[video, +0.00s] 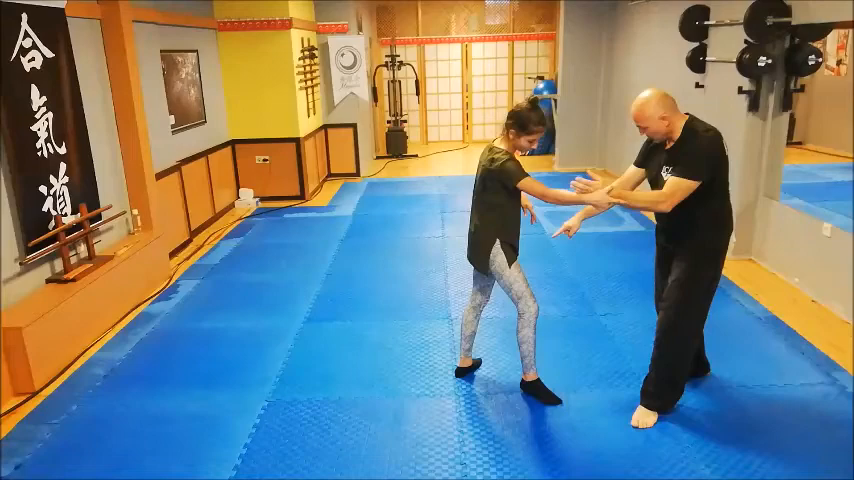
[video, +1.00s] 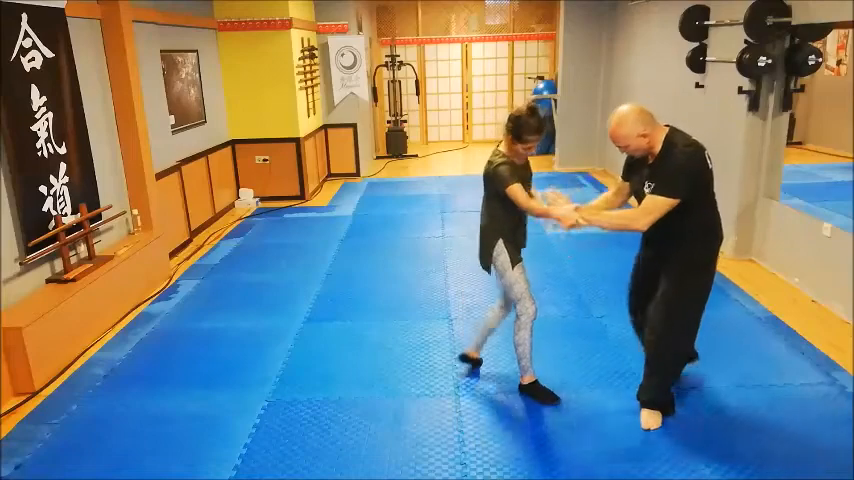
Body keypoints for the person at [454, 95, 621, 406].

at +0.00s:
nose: (533, 146)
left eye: (537, 140)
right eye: (530, 140)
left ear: (510, 130)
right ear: (512, 132)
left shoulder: (491, 151)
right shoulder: (504, 163)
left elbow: (499, 185)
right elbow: (548, 195)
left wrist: (521, 200)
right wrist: (592, 197)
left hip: (480, 239)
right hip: (495, 244)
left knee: (477, 301)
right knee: (528, 307)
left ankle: (464, 361)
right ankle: (530, 378)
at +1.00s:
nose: (530, 152)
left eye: (534, 147)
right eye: (525, 147)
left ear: (537, 138)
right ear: (510, 137)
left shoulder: (519, 158)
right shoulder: (501, 168)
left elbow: (527, 194)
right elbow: (526, 205)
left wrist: (548, 206)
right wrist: (558, 214)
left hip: (510, 240)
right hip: (499, 244)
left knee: (506, 304)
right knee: (526, 310)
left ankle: (472, 352)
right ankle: (527, 379)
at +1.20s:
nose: (525, 157)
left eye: (530, 151)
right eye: (518, 152)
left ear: (536, 142)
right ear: (504, 144)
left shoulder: (532, 160)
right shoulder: (497, 171)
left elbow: (539, 193)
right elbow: (519, 213)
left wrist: (552, 208)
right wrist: (553, 224)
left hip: (529, 236)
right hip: (504, 241)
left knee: (544, 296)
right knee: (520, 308)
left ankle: (517, 339)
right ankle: (525, 378)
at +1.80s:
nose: (490, 188)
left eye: (493, 182)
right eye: (484, 184)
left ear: (503, 167)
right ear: (479, 178)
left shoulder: (534, 166)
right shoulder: (480, 185)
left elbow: (559, 189)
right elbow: (501, 224)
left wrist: (545, 228)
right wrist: (517, 239)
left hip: (545, 243)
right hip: (509, 248)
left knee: (555, 300)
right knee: (512, 313)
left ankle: (560, 342)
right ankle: (520, 380)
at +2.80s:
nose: (510, 161)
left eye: (514, 154)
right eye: (503, 154)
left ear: (521, 148)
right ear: (490, 149)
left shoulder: (517, 163)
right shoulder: (482, 175)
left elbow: (522, 191)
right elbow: (520, 217)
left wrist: (534, 213)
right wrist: (560, 245)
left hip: (518, 240)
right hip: (488, 248)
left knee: (530, 295)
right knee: (498, 319)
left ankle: (542, 345)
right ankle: (506, 376)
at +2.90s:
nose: (512, 149)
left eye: (516, 142)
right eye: (505, 143)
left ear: (523, 134)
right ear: (489, 136)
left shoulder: (506, 158)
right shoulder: (485, 170)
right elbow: (528, 213)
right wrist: (570, 240)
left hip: (508, 238)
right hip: (484, 243)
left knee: (518, 301)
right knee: (499, 317)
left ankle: (524, 350)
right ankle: (497, 376)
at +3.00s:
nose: (516, 139)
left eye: (519, 132)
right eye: (512, 133)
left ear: (516, 124)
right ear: (491, 128)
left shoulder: (492, 153)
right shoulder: (489, 164)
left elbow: (495, 197)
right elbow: (533, 211)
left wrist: (519, 212)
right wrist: (578, 234)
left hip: (498, 242)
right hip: (486, 246)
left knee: (505, 304)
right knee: (499, 315)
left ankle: (498, 355)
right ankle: (486, 378)